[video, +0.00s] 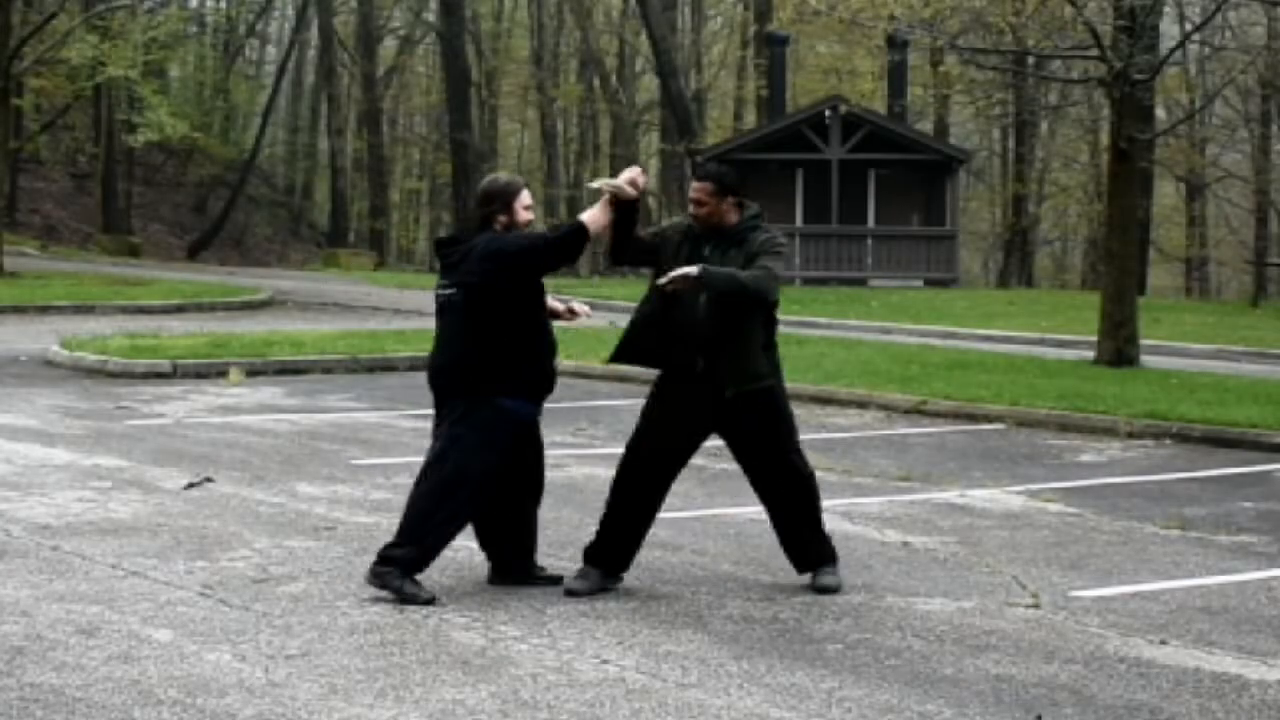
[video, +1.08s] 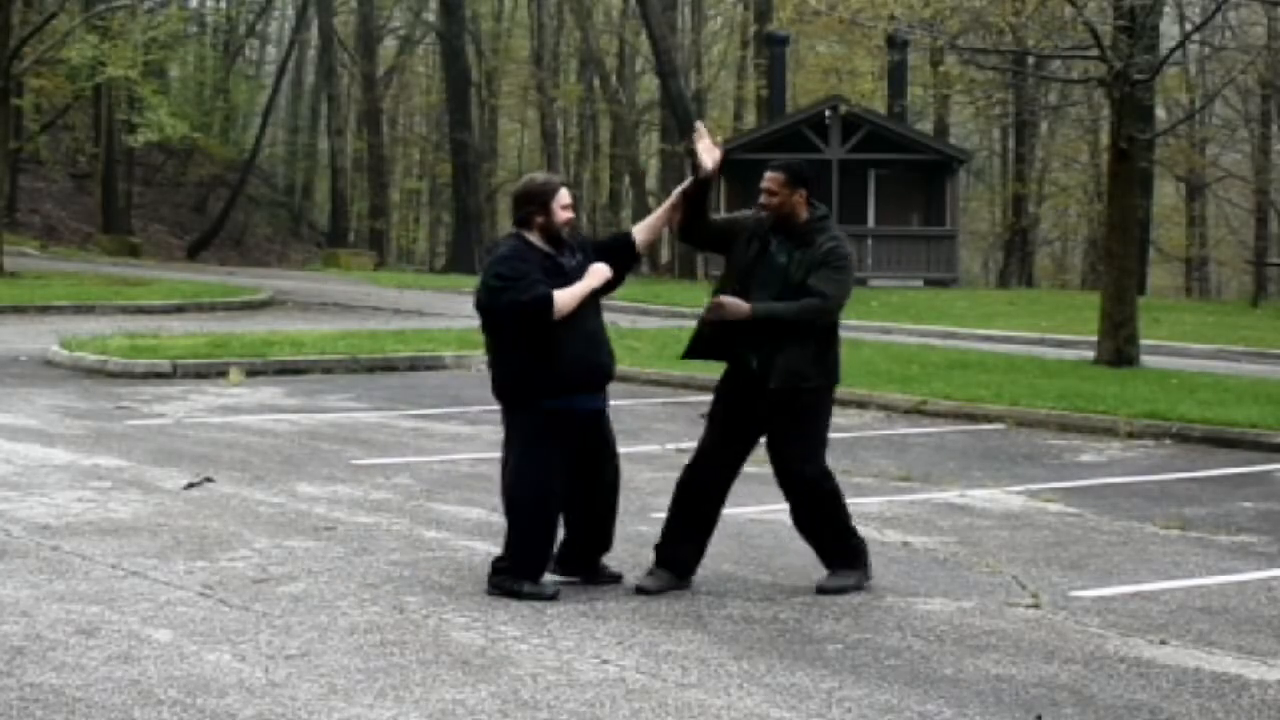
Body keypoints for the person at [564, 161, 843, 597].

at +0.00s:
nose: (693, 210)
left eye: (701, 203)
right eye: (691, 202)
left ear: (731, 204)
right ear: (689, 201)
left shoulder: (764, 241)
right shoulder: (682, 235)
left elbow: (764, 287)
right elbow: (622, 252)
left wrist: (702, 276)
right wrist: (624, 202)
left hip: (748, 387)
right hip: (684, 385)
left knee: (784, 474)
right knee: (640, 472)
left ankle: (821, 564)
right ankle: (602, 566)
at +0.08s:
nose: (715, 210)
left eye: (722, 203)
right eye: (713, 202)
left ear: (752, 204)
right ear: (715, 202)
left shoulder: (788, 242)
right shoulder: (704, 235)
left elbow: (794, 287)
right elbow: (652, 255)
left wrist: (740, 265)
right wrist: (635, 209)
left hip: (767, 385)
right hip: (701, 380)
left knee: (794, 471)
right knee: (654, 445)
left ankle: (823, 563)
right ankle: (639, 552)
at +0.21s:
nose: (736, 209)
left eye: (743, 202)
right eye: (734, 202)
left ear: (773, 203)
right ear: (739, 204)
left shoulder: (814, 251)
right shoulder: (733, 244)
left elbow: (822, 308)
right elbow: (697, 290)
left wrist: (772, 273)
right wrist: (662, 251)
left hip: (791, 388)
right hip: (731, 382)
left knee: (807, 477)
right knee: (674, 431)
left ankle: (825, 563)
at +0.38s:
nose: (753, 210)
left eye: (760, 202)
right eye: (751, 202)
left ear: (789, 203)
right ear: (758, 204)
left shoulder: (827, 250)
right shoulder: (754, 245)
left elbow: (824, 308)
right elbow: (733, 305)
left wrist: (769, 271)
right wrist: (695, 286)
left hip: (804, 387)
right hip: (745, 380)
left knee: (809, 478)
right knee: (693, 435)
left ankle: (824, 564)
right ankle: (712, 545)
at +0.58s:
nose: (758, 206)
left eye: (766, 199)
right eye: (757, 197)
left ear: (794, 201)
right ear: (770, 201)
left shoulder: (820, 250)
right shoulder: (762, 242)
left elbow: (765, 286)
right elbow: (722, 287)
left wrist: (702, 266)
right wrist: (733, 251)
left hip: (805, 383)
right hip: (749, 375)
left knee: (807, 474)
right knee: (692, 428)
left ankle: (823, 564)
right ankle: (687, 538)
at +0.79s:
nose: (750, 203)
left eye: (758, 197)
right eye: (750, 195)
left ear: (786, 200)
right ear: (756, 197)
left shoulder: (813, 251)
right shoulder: (743, 233)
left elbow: (775, 298)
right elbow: (689, 240)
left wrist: (720, 284)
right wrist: (693, 196)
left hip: (790, 389)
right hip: (730, 385)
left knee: (801, 480)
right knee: (694, 473)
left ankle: (823, 565)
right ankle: (671, 567)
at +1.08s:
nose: (763, 200)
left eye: (771, 193)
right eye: (762, 192)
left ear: (799, 198)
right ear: (764, 194)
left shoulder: (830, 248)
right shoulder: (750, 229)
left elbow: (822, 308)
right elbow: (693, 232)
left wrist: (751, 311)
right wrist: (703, 179)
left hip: (802, 383)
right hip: (747, 376)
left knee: (801, 473)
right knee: (707, 471)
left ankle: (849, 564)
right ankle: (673, 567)